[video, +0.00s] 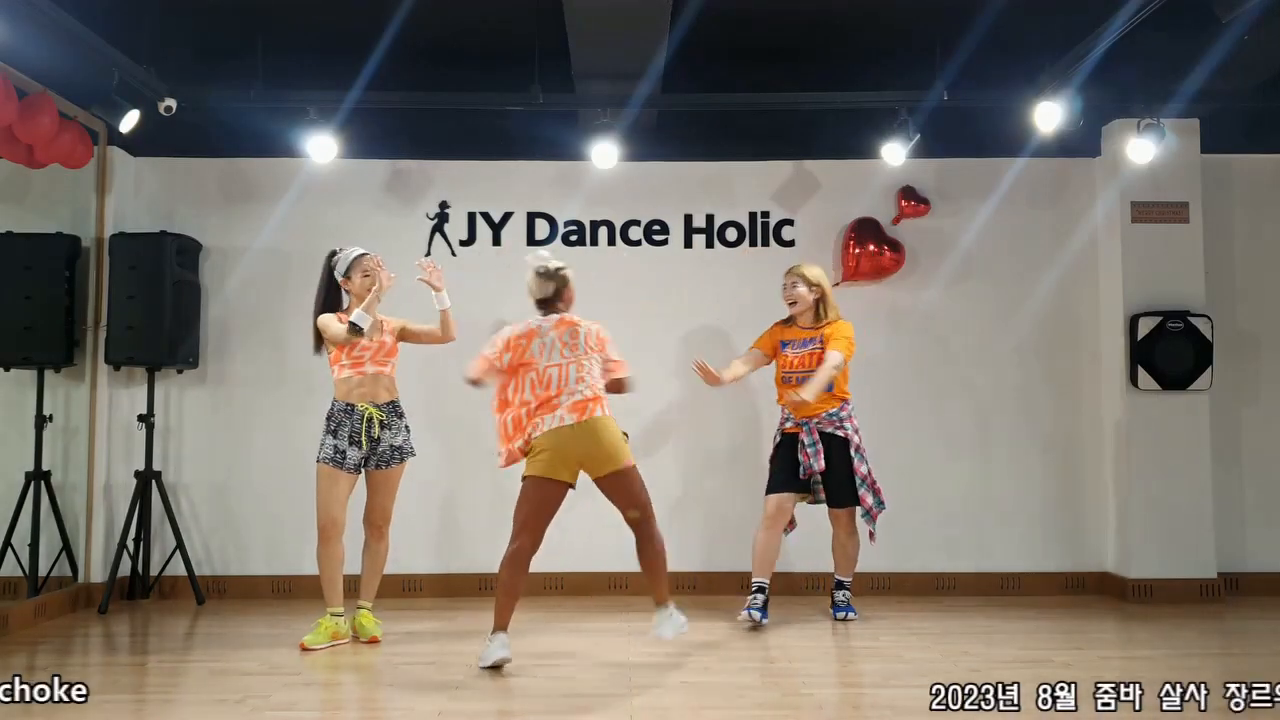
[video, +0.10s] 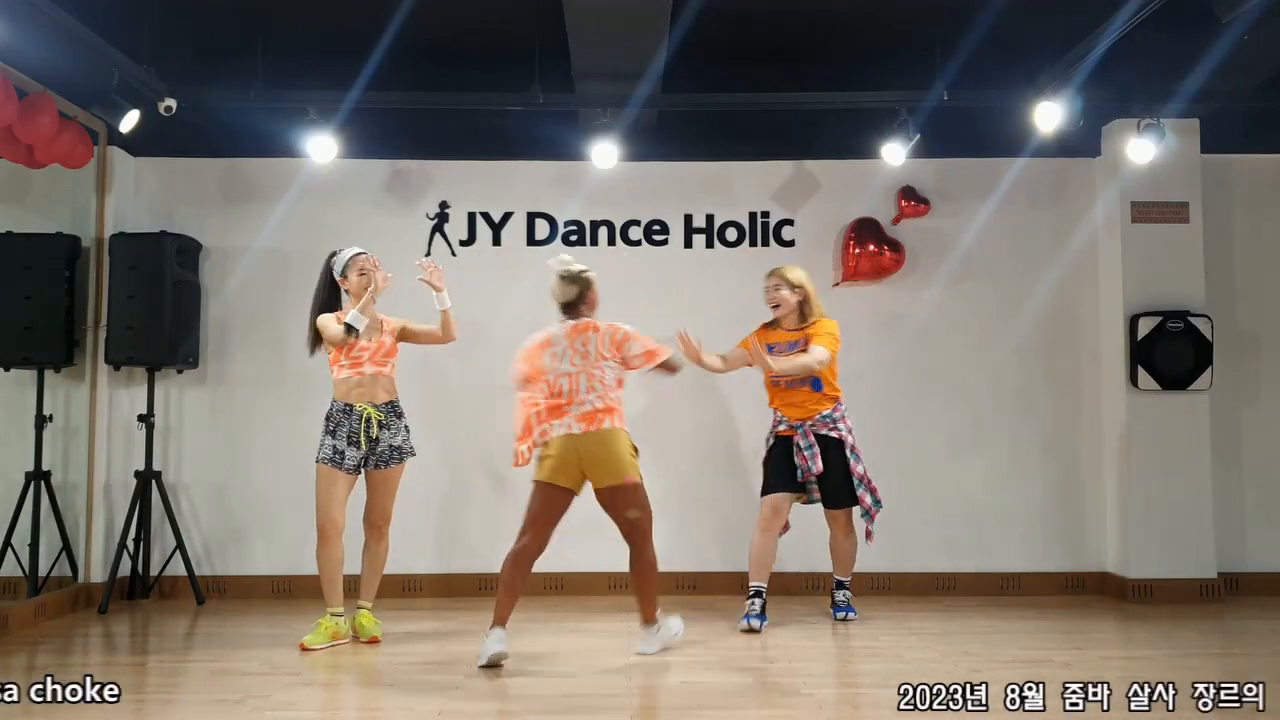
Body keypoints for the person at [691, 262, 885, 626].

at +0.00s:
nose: (789, 293)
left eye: (796, 286)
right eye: (785, 288)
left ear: (816, 291)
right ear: (784, 296)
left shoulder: (838, 328)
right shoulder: (779, 333)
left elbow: (831, 364)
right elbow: (749, 360)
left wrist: (809, 391)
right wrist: (723, 376)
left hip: (833, 431)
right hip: (791, 432)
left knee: (843, 519)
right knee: (775, 510)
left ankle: (842, 594)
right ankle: (758, 597)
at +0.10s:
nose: (772, 296)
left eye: (778, 289)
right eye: (768, 291)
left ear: (800, 293)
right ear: (766, 297)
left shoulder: (824, 328)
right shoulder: (762, 337)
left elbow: (815, 360)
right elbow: (726, 362)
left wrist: (776, 366)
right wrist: (700, 357)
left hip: (828, 433)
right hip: (785, 436)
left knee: (841, 519)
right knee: (771, 511)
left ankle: (842, 593)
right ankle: (756, 601)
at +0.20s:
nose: (751, 299)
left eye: (758, 292)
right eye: (746, 294)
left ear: (780, 297)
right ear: (743, 303)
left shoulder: (805, 327)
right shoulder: (745, 341)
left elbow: (798, 357)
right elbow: (706, 364)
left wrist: (752, 332)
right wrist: (692, 335)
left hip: (819, 433)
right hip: (776, 436)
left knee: (838, 519)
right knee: (763, 513)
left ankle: (842, 592)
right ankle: (755, 603)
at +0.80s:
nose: (778, 303)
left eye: (785, 295)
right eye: (770, 298)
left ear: (798, 299)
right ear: (761, 304)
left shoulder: (819, 331)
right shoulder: (756, 343)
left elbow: (806, 355)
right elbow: (735, 373)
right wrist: (715, 369)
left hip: (821, 435)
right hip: (778, 437)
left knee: (848, 521)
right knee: (762, 512)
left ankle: (862, 581)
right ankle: (756, 598)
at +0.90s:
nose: (801, 297)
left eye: (807, 292)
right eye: (794, 292)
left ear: (819, 300)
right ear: (783, 302)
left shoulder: (835, 335)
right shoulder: (772, 345)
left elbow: (830, 377)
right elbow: (756, 390)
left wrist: (812, 410)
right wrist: (752, 423)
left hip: (834, 438)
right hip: (790, 439)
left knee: (854, 518)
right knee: (777, 514)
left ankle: (863, 587)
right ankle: (756, 598)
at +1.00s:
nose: (811, 297)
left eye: (818, 291)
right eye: (805, 291)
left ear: (830, 300)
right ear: (793, 300)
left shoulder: (845, 339)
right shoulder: (779, 344)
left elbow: (847, 392)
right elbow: (772, 401)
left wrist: (845, 438)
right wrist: (767, 452)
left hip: (841, 434)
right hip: (800, 438)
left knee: (859, 517)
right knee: (785, 515)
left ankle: (863, 587)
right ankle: (762, 593)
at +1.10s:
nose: (822, 294)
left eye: (828, 288)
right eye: (815, 289)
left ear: (839, 298)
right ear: (803, 299)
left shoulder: (856, 339)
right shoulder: (787, 342)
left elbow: (876, 394)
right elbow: (784, 401)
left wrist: (895, 443)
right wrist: (782, 451)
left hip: (850, 435)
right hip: (805, 437)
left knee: (862, 516)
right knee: (798, 506)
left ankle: (863, 589)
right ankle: (786, 592)